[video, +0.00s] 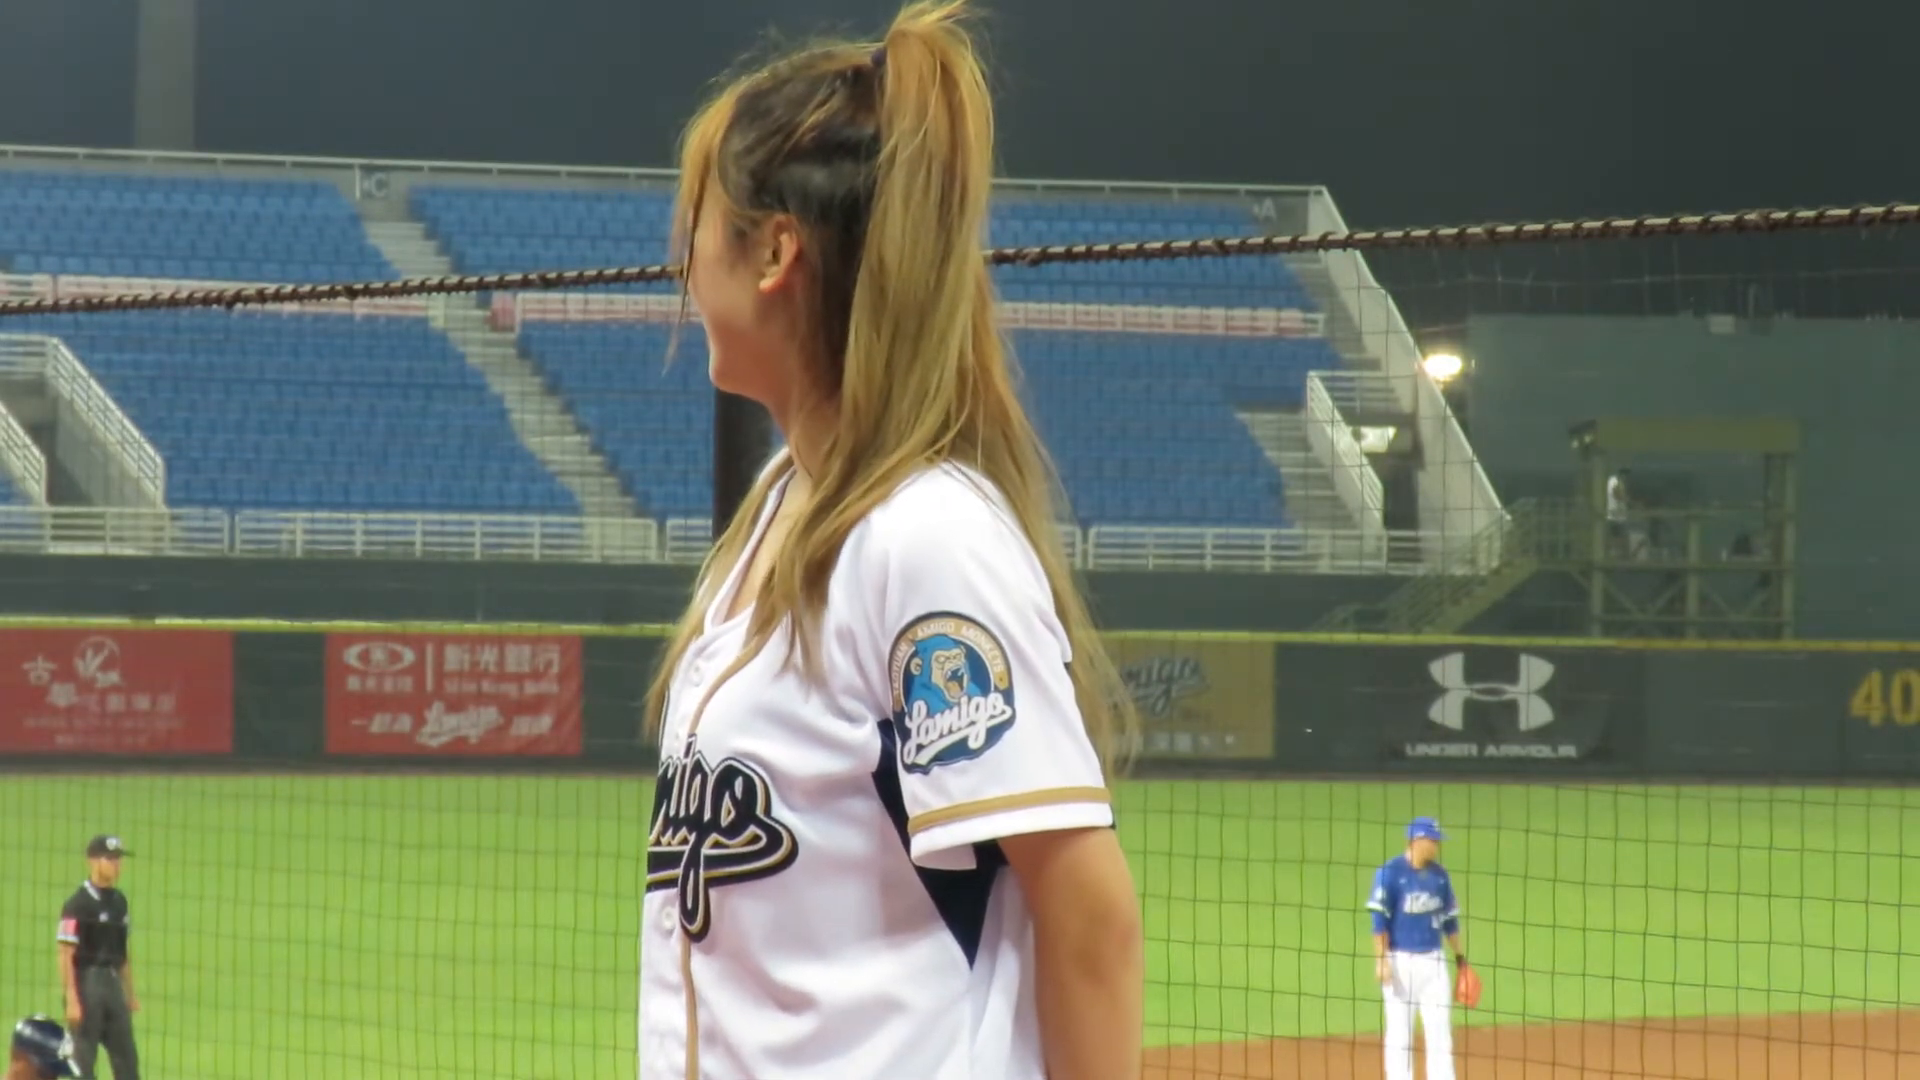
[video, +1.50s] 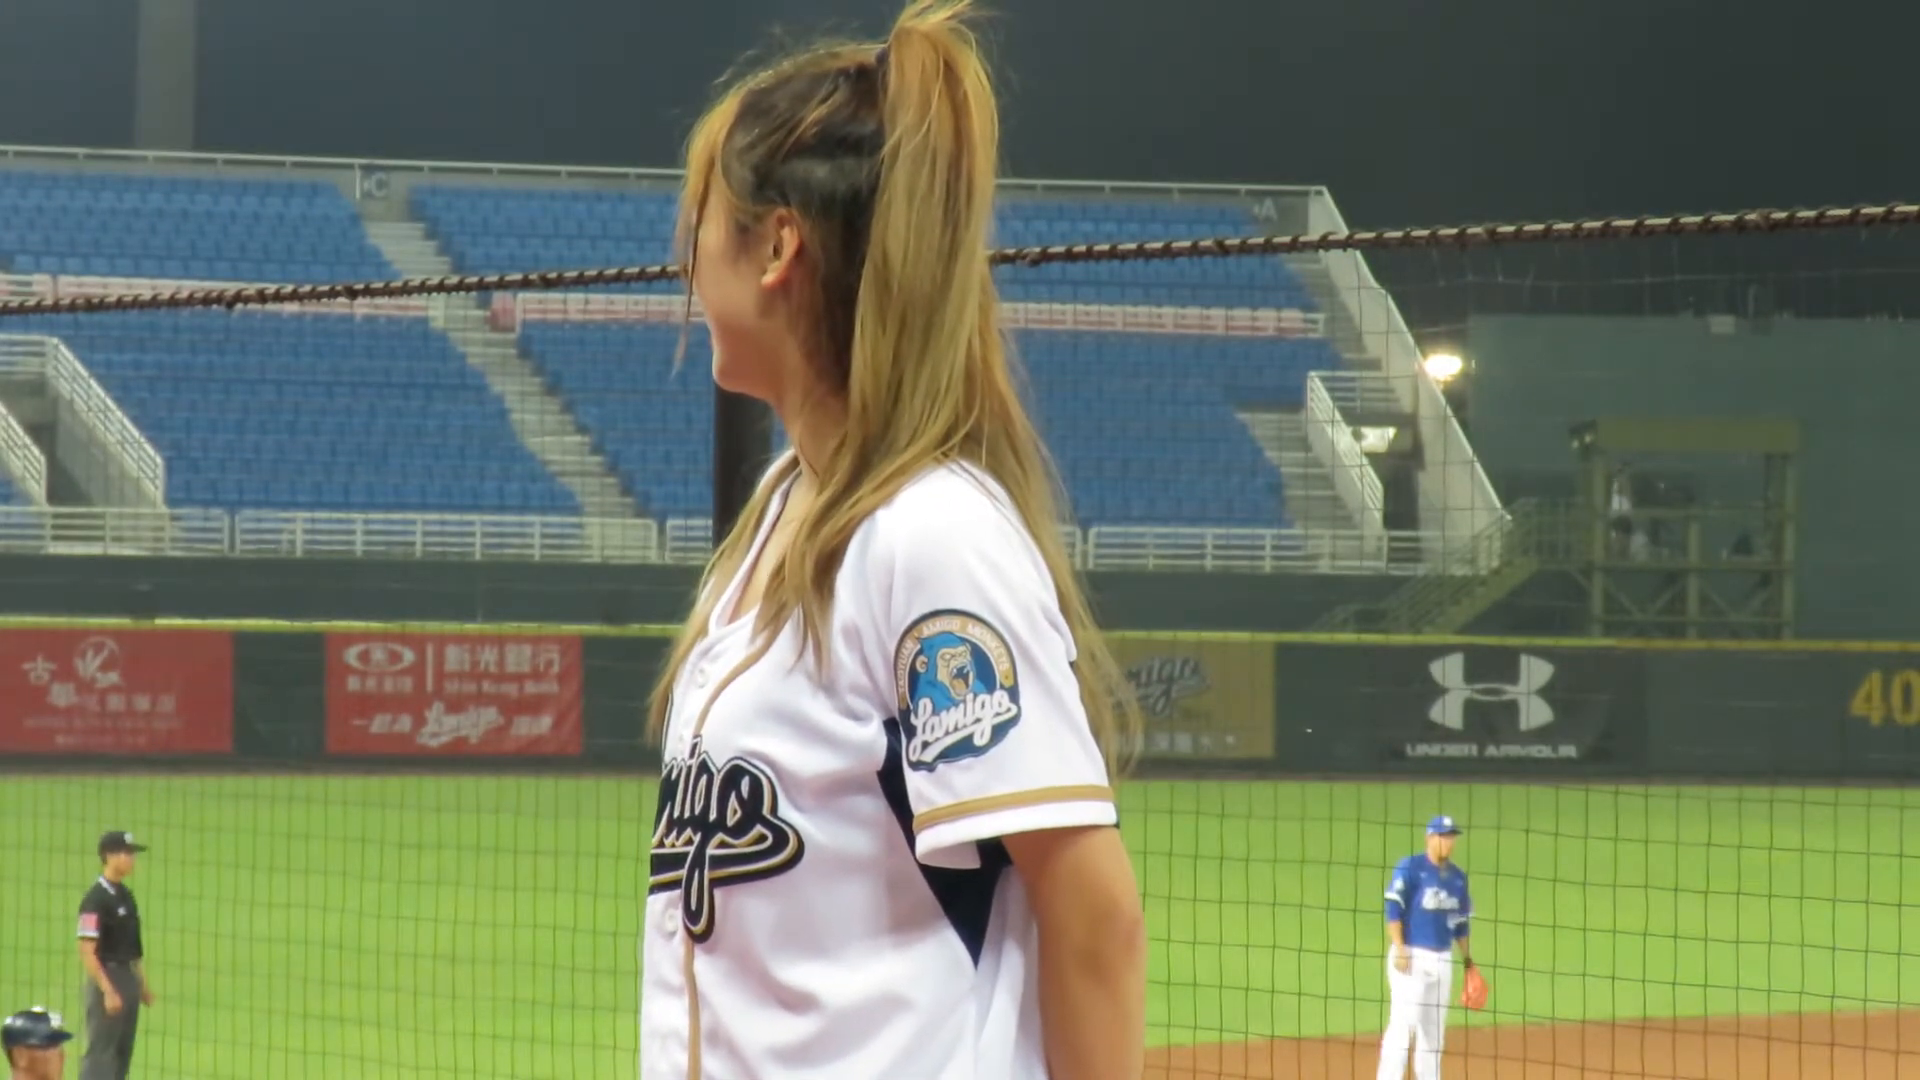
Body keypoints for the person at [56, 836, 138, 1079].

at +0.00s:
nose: (116, 866)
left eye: (117, 860)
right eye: (110, 859)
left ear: (118, 862)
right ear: (94, 861)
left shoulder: (118, 901)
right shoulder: (77, 904)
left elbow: (121, 952)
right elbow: (65, 954)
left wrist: (129, 992)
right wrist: (72, 1000)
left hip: (113, 973)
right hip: (87, 972)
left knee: (125, 1051)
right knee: (84, 1052)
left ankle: (127, 1076)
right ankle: (82, 1074)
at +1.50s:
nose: (132, 860)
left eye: (132, 854)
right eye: (127, 854)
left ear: (121, 857)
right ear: (110, 856)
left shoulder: (125, 895)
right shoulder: (95, 898)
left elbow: (130, 947)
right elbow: (87, 950)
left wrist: (141, 984)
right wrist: (108, 990)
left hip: (127, 970)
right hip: (106, 969)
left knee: (122, 1047)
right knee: (103, 1048)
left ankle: (117, 1075)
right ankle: (98, 1075)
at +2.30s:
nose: (145, 862)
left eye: (145, 856)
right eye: (141, 855)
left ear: (129, 857)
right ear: (122, 855)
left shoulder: (127, 892)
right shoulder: (102, 894)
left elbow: (117, 936)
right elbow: (89, 944)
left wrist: (139, 945)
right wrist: (95, 989)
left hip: (121, 967)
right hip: (104, 967)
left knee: (118, 1044)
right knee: (103, 1043)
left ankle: (111, 1074)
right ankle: (90, 1075)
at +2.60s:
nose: (126, 860)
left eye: (127, 854)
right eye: (121, 854)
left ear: (123, 858)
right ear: (103, 855)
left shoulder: (119, 895)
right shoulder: (85, 895)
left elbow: (126, 933)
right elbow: (73, 947)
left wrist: (127, 935)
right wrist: (79, 991)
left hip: (112, 967)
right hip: (92, 967)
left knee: (110, 1047)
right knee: (84, 1044)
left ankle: (106, 1074)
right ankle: (68, 1075)